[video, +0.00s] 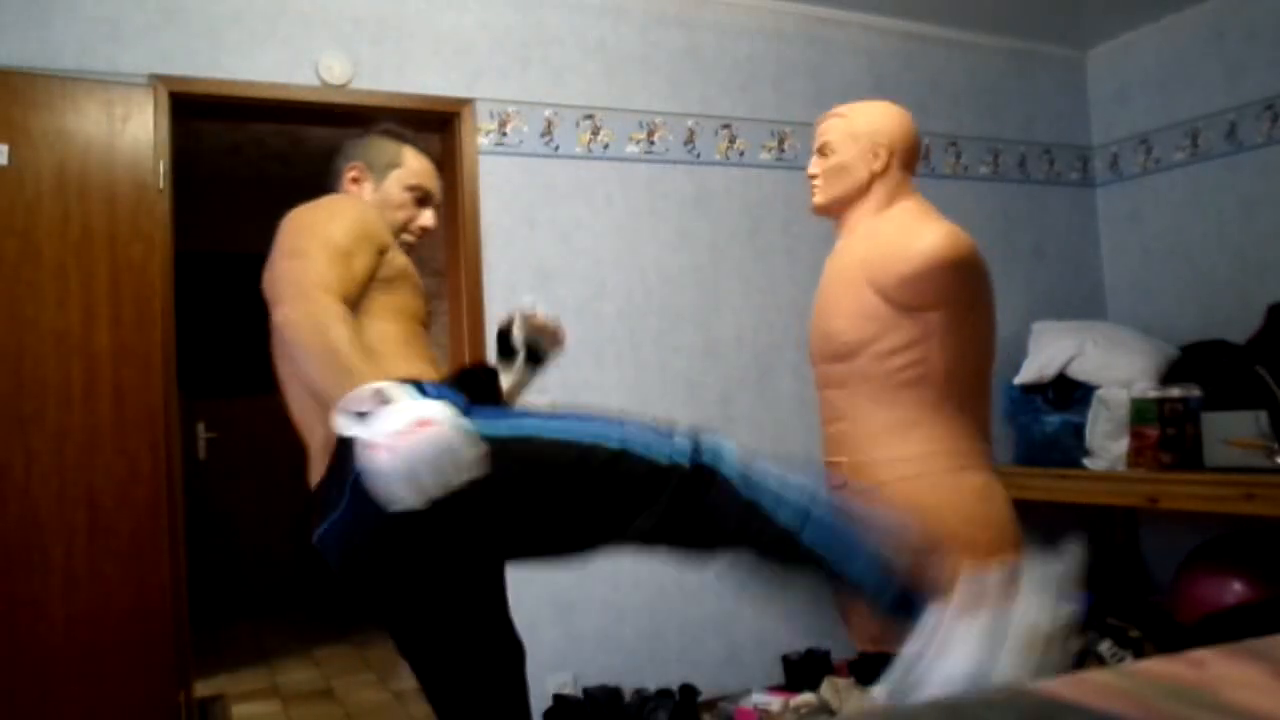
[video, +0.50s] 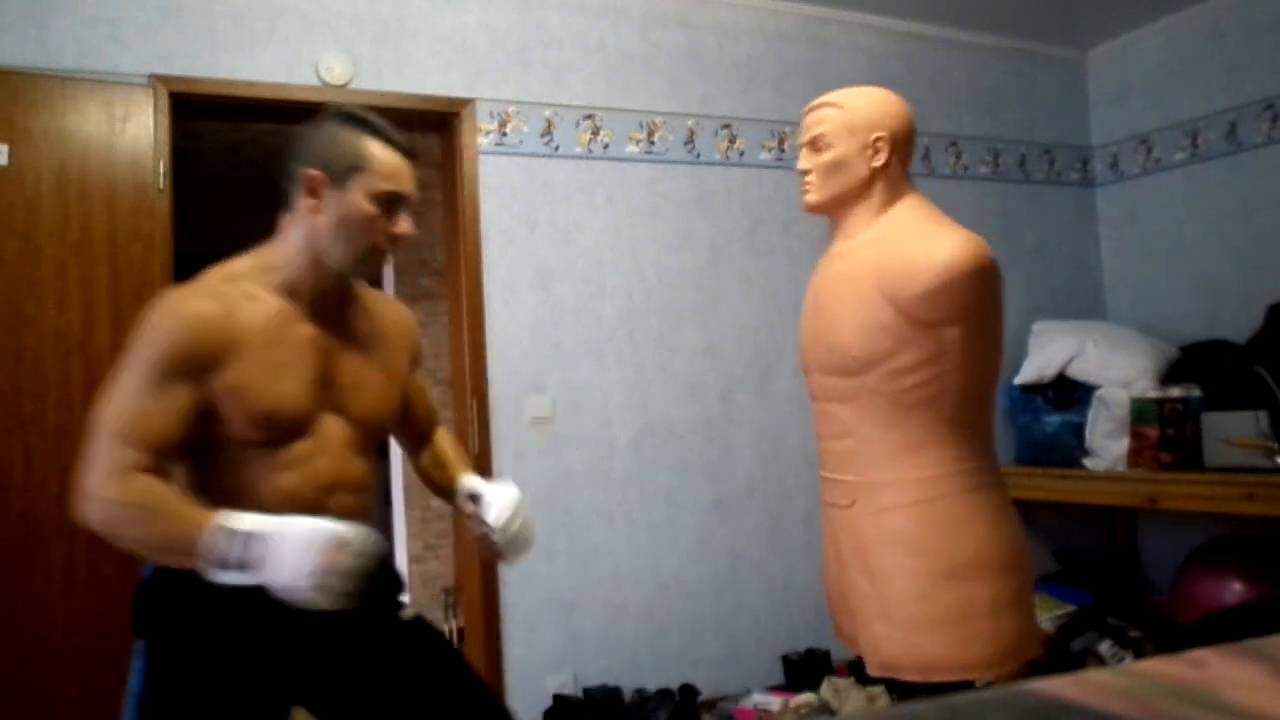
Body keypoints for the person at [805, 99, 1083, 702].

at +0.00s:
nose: (810, 168)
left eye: (825, 153)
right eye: (812, 155)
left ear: (876, 159)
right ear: (871, 162)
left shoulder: (926, 249)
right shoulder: (855, 245)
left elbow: (954, 417)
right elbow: (859, 418)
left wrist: (977, 538)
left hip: (931, 517)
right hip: (870, 509)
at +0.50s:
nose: (801, 163)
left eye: (818, 145)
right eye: (802, 148)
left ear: (877, 153)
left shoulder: (940, 261)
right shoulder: (841, 257)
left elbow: (964, 437)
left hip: (933, 548)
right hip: (863, 544)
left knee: (959, 705)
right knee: (894, 697)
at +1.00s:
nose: (817, 160)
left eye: (836, 144)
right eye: (819, 146)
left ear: (892, 152)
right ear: (886, 154)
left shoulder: (953, 260)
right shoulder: (851, 258)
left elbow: (973, 427)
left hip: (940, 540)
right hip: (871, 537)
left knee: (964, 702)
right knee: (897, 694)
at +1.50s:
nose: (809, 162)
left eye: (827, 145)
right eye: (810, 147)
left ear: (884, 152)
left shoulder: (946, 260)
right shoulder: (842, 261)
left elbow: (966, 431)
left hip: (936, 540)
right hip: (865, 538)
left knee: (960, 703)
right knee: (894, 695)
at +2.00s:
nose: (812, 160)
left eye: (830, 144)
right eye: (813, 146)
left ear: (887, 152)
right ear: (881, 154)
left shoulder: (949, 261)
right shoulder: (846, 260)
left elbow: (966, 433)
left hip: (937, 544)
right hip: (868, 541)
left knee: (960, 703)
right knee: (897, 696)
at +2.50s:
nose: (815, 170)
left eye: (830, 155)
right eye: (817, 156)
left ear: (883, 160)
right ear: (880, 163)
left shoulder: (930, 254)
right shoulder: (859, 254)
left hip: (933, 520)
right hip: (872, 520)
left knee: (955, 697)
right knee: (900, 690)